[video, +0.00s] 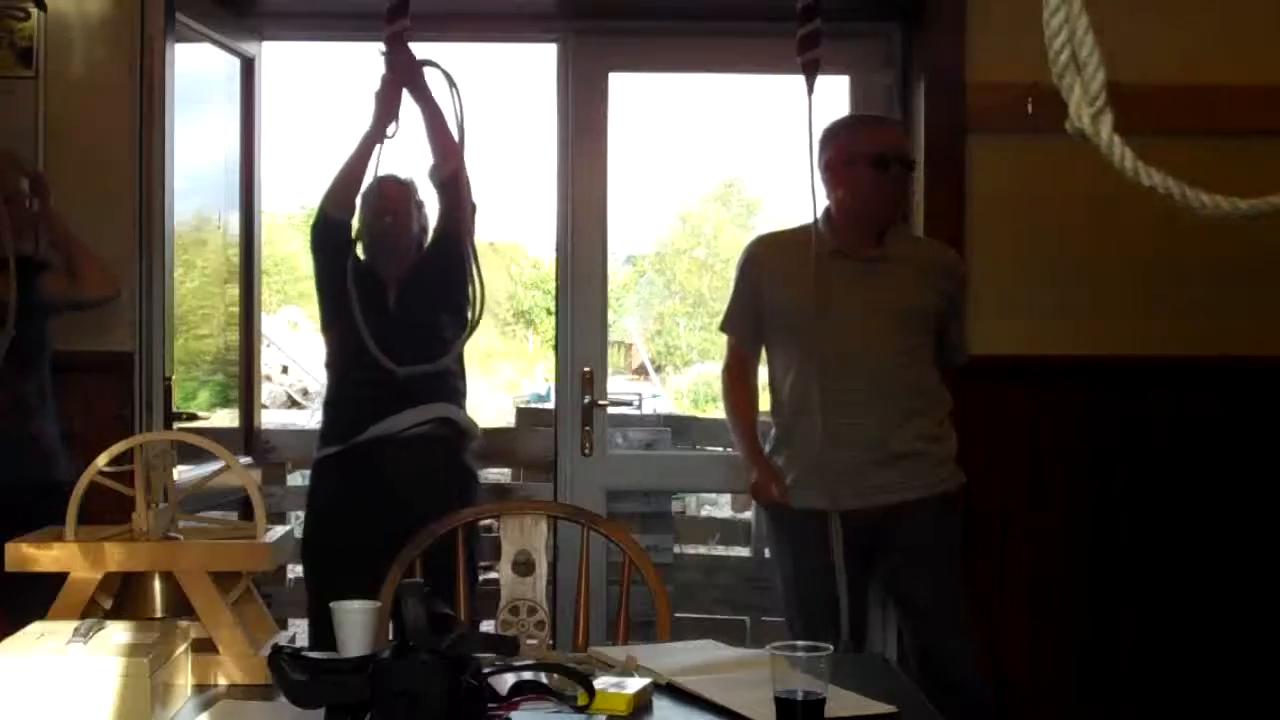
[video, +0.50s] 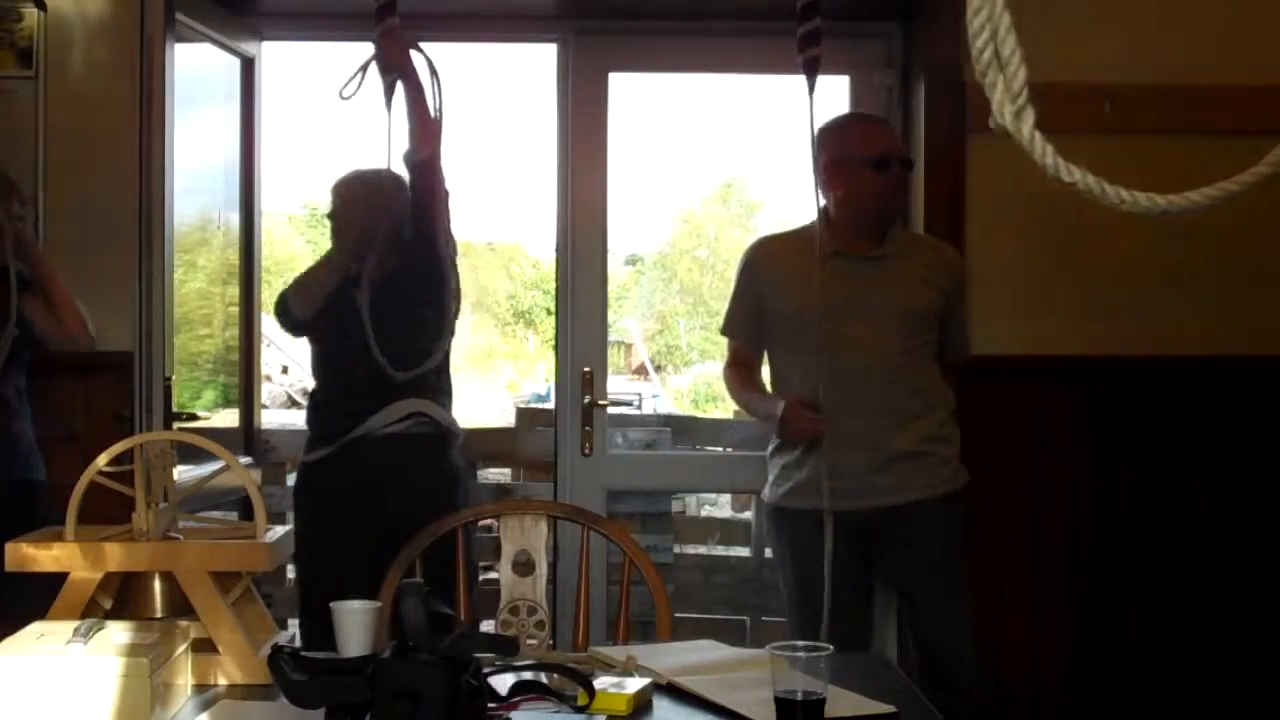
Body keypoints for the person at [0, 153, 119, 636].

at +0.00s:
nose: (15, 211)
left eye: (18, 198)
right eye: (7, 199)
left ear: (27, 207)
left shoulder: (25, 275)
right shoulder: (21, 276)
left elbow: (100, 288)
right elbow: (99, 287)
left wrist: (51, 214)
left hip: (37, 462)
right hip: (16, 465)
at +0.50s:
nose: (19, 219)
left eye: (21, 209)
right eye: (13, 209)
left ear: (23, 217)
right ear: (1, 217)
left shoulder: (16, 284)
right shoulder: (16, 285)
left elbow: (76, 336)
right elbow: (75, 335)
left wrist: (32, 254)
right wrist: (31, 256)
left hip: (18, 454)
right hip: (14, 455)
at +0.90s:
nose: (30, 243)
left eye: (26, 228)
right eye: (21, 230)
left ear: (27, 230)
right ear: (13, 234)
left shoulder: (23, 285)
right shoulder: (14, 288)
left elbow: (28, 381)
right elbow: (28, 381)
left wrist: (47, 312)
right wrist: (48, 313)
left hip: (14, 457)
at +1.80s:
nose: (36, 215)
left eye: (39, 200)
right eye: (21, 202)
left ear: (46, 202)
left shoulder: (41, 281)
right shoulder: (6, 281)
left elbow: (70, 391)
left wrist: (80, 324)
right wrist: (13, 312)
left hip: (44, 470)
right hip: (12, 472)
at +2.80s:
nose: (38, 214)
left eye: (39, 199)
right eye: (23, 200)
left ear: (42, 207)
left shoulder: (44, 287)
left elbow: (78, 394)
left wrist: (77, 330)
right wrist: (11, 306)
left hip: (44, 464)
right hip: (11, 464)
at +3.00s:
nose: (23, 213)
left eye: (25, 199)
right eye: (12, 200)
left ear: (34, 207)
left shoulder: (39, 282)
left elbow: (96, 368)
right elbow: (96, 366)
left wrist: (96, 283)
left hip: (41, 467)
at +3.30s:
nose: (23, 205)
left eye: (25, 193)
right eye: (11, 193)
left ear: (30, 201)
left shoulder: (35, 281)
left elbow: (88, 375)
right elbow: (87, 374)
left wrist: (122, 314)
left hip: (40, 467)